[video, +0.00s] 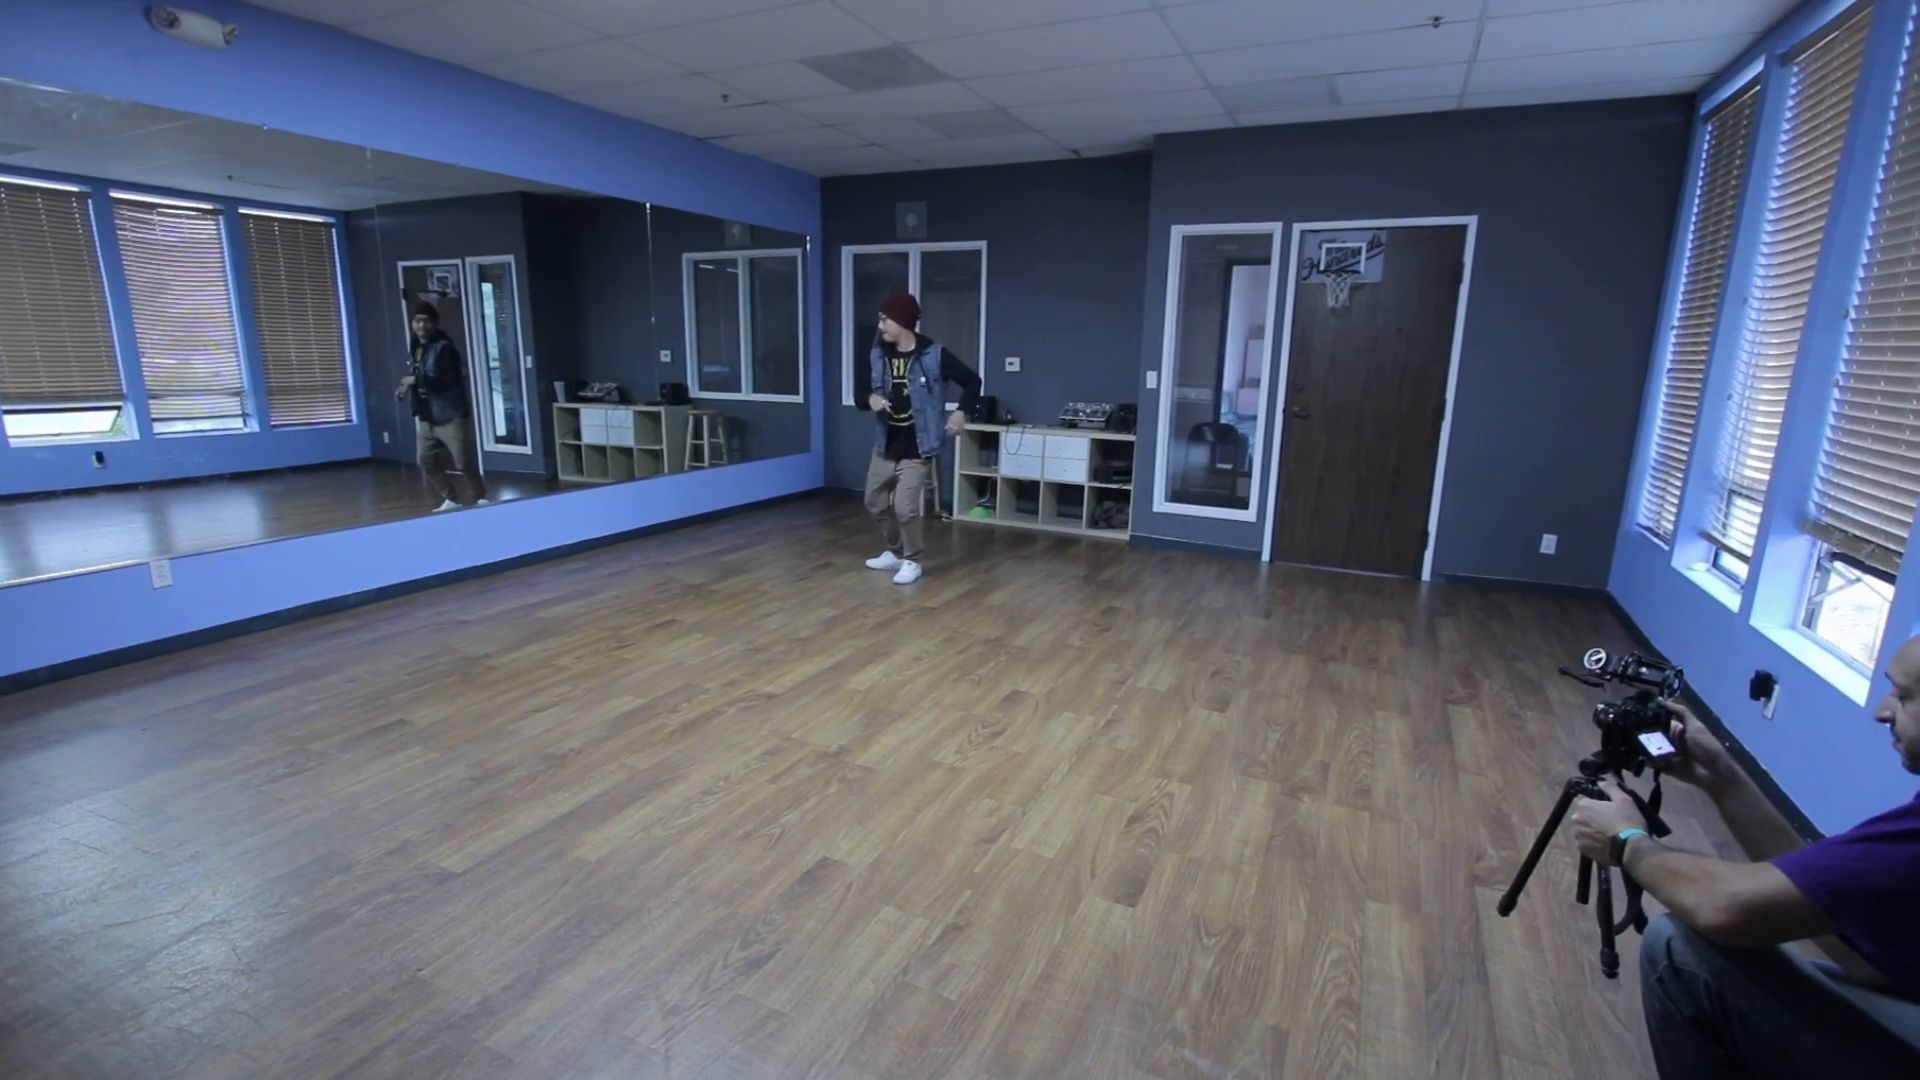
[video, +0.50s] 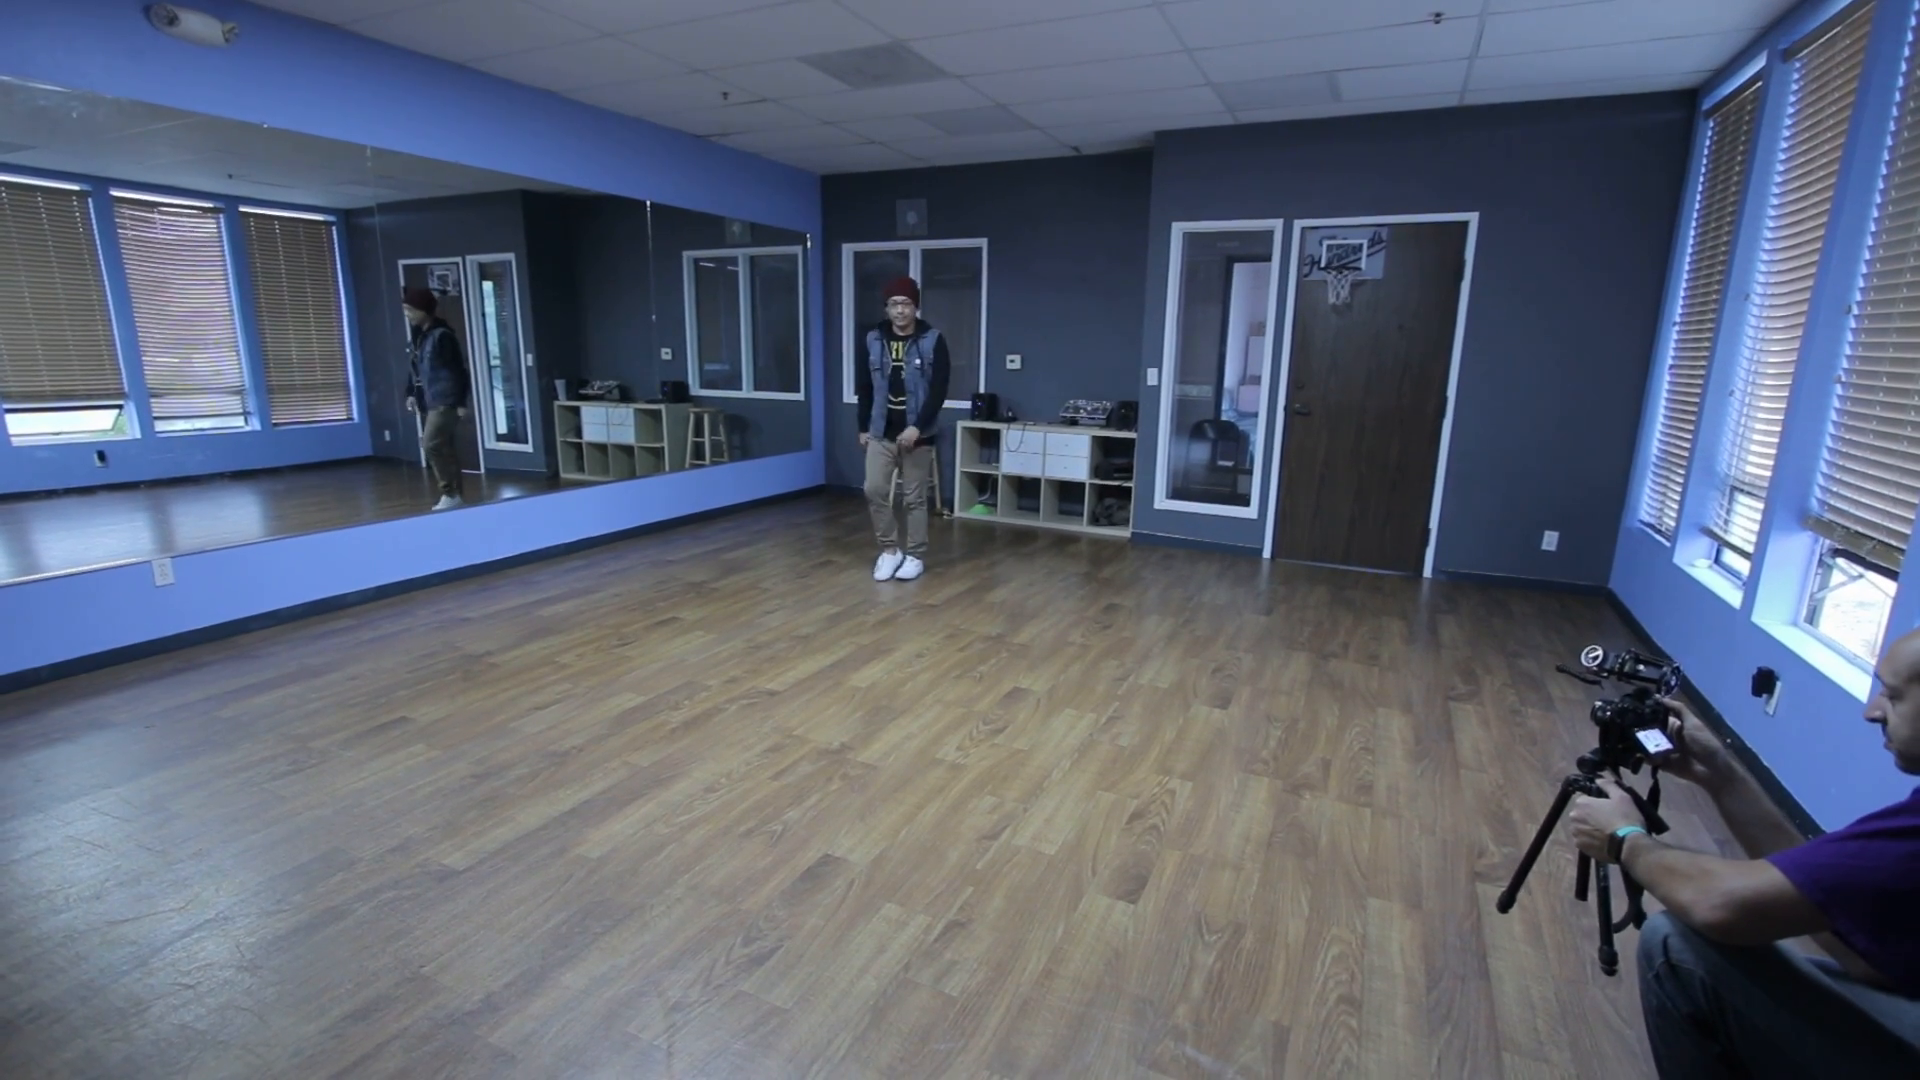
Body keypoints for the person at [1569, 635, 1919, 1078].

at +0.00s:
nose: (1884, 711)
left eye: (1903, 696)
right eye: (1893, 692)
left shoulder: (1913, 829)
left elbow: (1725, 911)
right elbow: (1864, 952)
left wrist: (1626, 842)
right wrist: (1723, 779)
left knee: (1681, 948)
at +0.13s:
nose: (1883, 709)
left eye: (1902, 695)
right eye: (1893, 691)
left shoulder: (1914, 827)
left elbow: (1725, 908)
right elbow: (1865, 950)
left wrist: (1626, 840)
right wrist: (1725, 778)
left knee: (1681, 945)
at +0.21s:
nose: (1880, 710)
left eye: (1900, 695)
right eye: (1890, 691)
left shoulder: (1914, 825)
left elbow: (1724, 909)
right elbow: (1867, 952)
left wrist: (1625, 840)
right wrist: (1725, 778)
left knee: (1680, 946)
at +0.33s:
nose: (1877, 709)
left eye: (1896, 695)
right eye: (1886, 691)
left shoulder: (1913, 825)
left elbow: (1723, 907)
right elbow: (1864, 951)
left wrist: (1625, 839)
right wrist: (1722, 775)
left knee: (1679, 944)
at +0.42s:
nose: (1875, 710)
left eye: (1894, 695)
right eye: (1883, 692)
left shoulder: (1913, 824)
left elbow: (1722, 908)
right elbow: (1864, 952)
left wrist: (1625, 839)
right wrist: (1722, 776)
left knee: (1679, 944)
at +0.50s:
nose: (1873, 711)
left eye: (1892, 695)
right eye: (1881, 693)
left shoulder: (1913, 823)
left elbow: (1722, 907)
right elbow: (1863, 951)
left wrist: (1624, 839)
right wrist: (1722, 776)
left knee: (1678, 945)